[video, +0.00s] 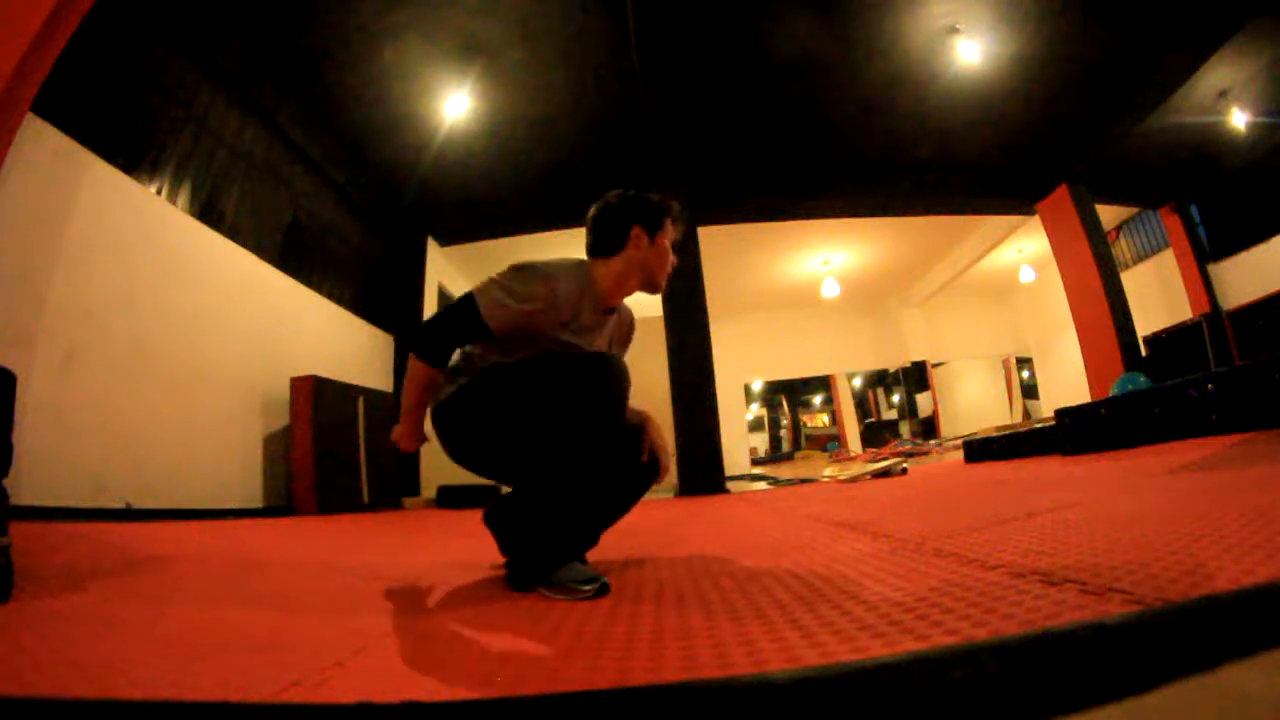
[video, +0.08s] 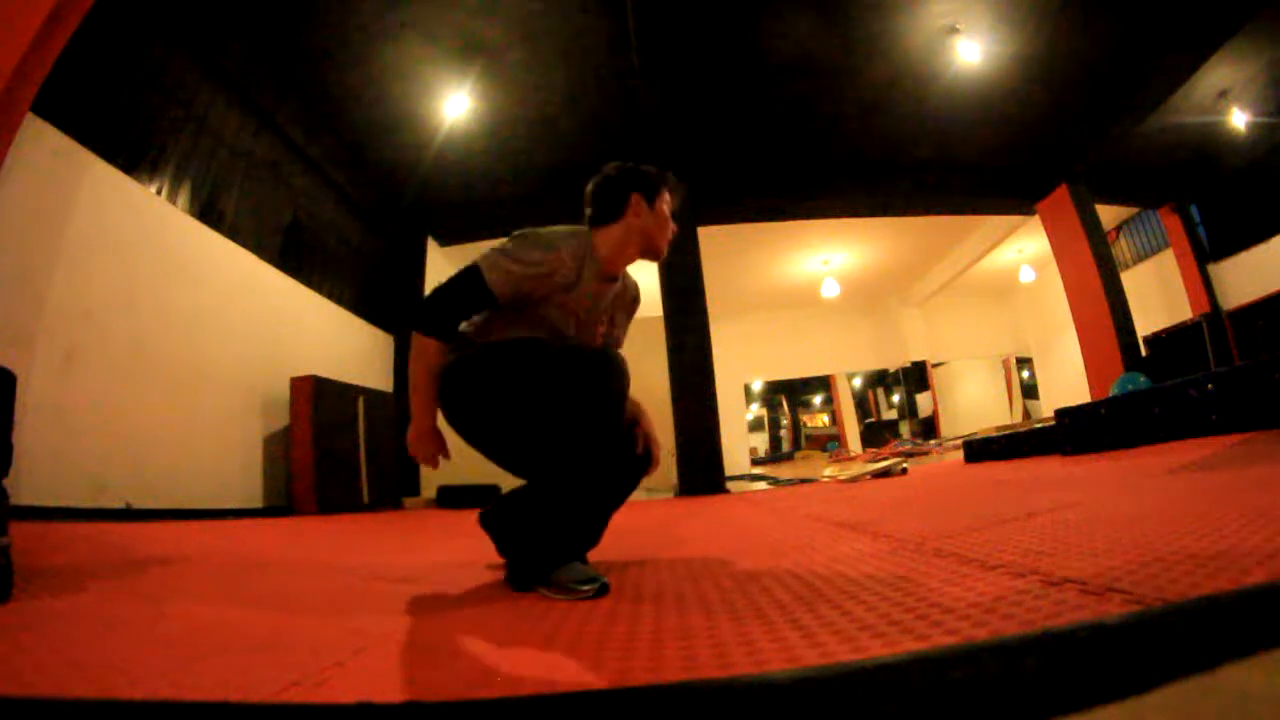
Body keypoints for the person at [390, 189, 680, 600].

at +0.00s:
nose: (674, 260)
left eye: (674, 248)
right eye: (670, 246)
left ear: (641, 243)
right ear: (638, 240)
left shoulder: (620, 324)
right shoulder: (546, 284)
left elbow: (585, 411)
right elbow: (434, 338)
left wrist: (641, 420)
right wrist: (409, 424)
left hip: (534, 432)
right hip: (471, 418)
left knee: (639, 452)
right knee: (602, 377)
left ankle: (521, 521)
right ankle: (548, 557)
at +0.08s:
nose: (674, 229)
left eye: (673, 216)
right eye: (668, 213)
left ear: (637, 212)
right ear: (636, 210)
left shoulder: (625, 295)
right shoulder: (547, 252)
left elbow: (596, 371)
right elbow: (433, 318)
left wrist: (637, 413)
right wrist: (423, 422)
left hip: (549, 401)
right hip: (481, 388)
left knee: (630, 451)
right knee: (601, 373)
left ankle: (516, 519)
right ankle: (551, 558)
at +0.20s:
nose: (668, 172)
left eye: (668, 160)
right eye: (663, 156)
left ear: (633, 156)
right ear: (632, 149)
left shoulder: (626, 237)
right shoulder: (547, 194)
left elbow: (605, 325)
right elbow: (476, 285)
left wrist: (613, 400)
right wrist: (460, 390)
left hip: (568, 364)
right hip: (502, 348)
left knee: (621, 427)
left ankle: (515, 521)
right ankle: (544, 559)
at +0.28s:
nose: (662, 135)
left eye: (662, 124)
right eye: (657, 121)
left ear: (627, 121)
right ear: (627, 115)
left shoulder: (625, 203)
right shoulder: (555, 152)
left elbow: (604, 296)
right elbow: (529, 225)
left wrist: (601, 374)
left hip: (555, 315)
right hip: (493, 296)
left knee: (608, 412)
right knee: (552, 416)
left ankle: (514, 520)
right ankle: (543, 558)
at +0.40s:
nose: (650, 101)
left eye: (651, 93)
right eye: (645, 88)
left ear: (620, 88)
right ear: (619, 80)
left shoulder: (616, 160)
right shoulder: (561, 108)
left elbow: (607, 242)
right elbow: (570, 165)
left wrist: (600, 305)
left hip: (553, 287)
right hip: (507, 268)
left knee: (606, 390)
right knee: (566, 389)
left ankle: (553, 541)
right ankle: (540, 558)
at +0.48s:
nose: (644, 95)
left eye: (646, 86)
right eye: (642, 81)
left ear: (611, 75)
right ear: (619, 71)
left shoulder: (604, 138)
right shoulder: (569, 97)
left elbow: (597, 213)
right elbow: (600, 148)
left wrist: (610, 264)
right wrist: (697, 189)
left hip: (552, 273)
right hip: (516, 260)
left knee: (605, 381)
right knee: (559, 389)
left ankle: (559, 545)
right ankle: (538, 557)